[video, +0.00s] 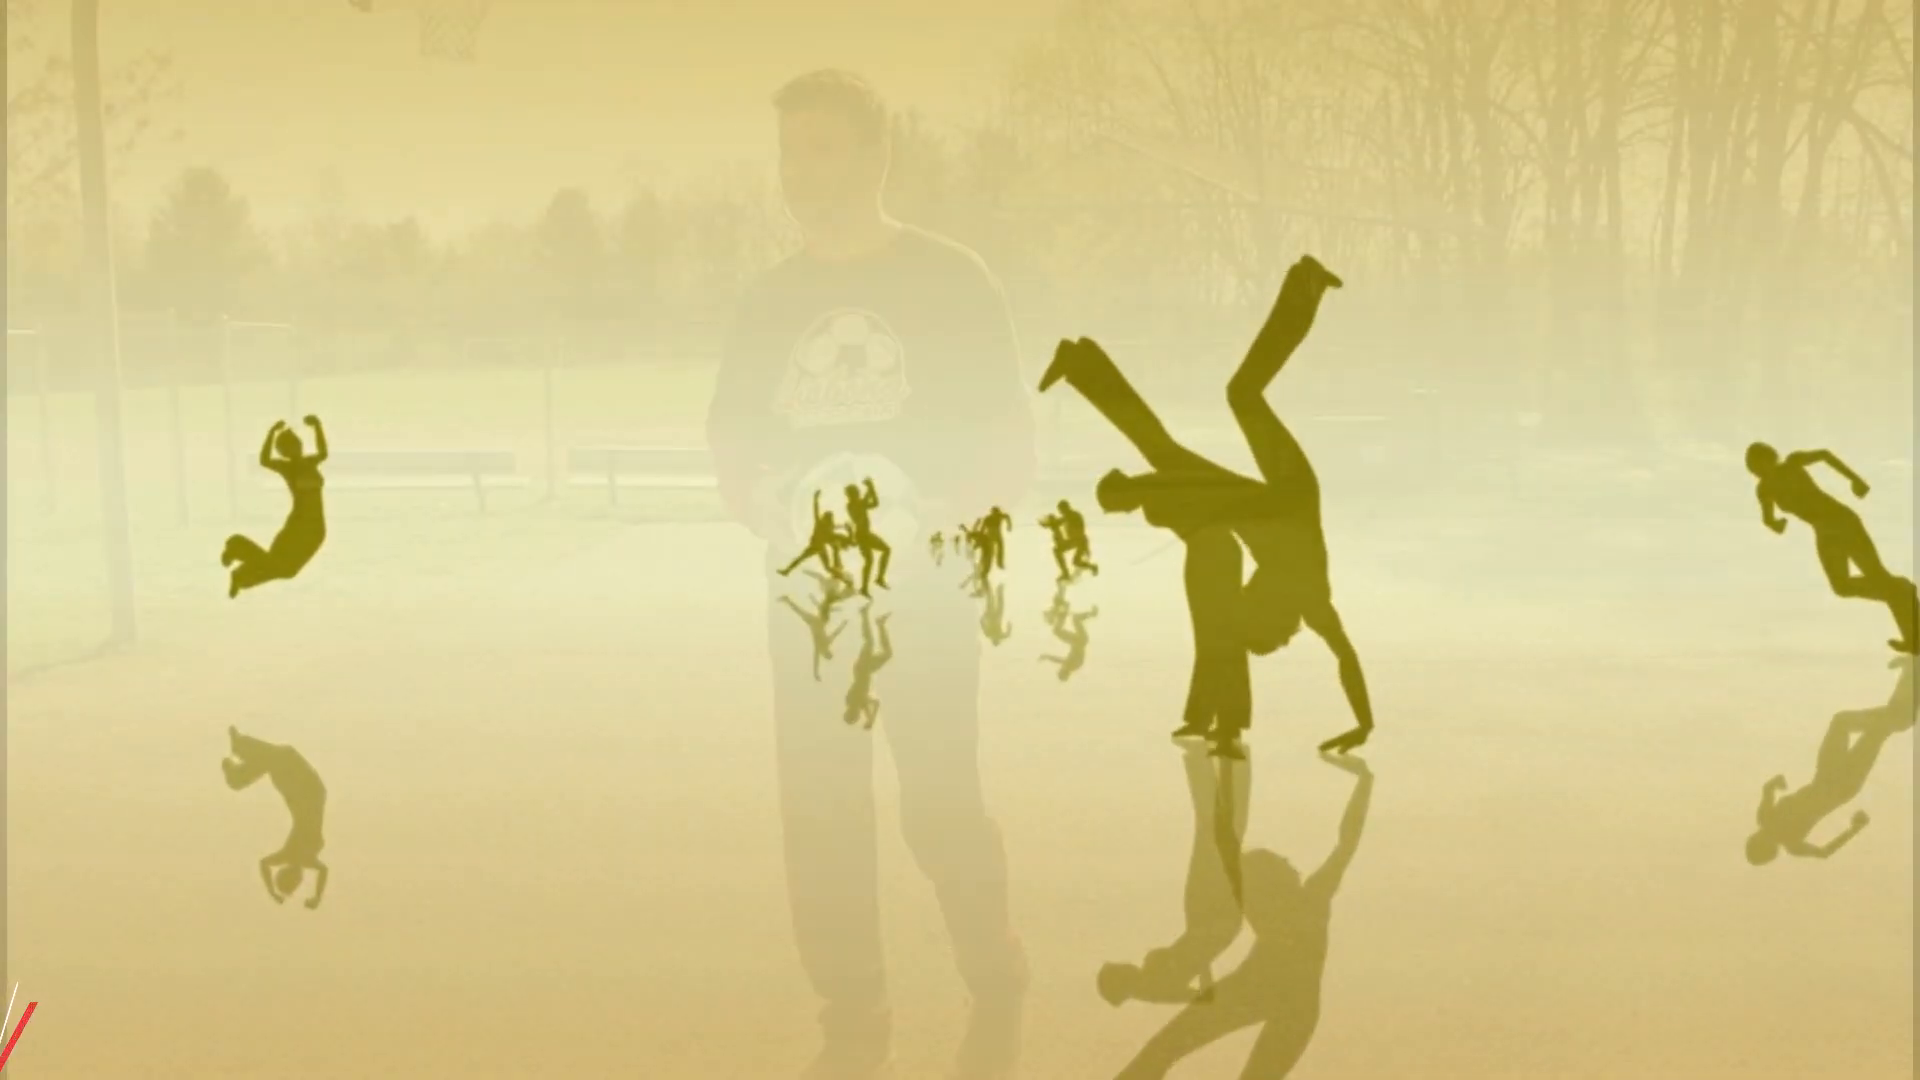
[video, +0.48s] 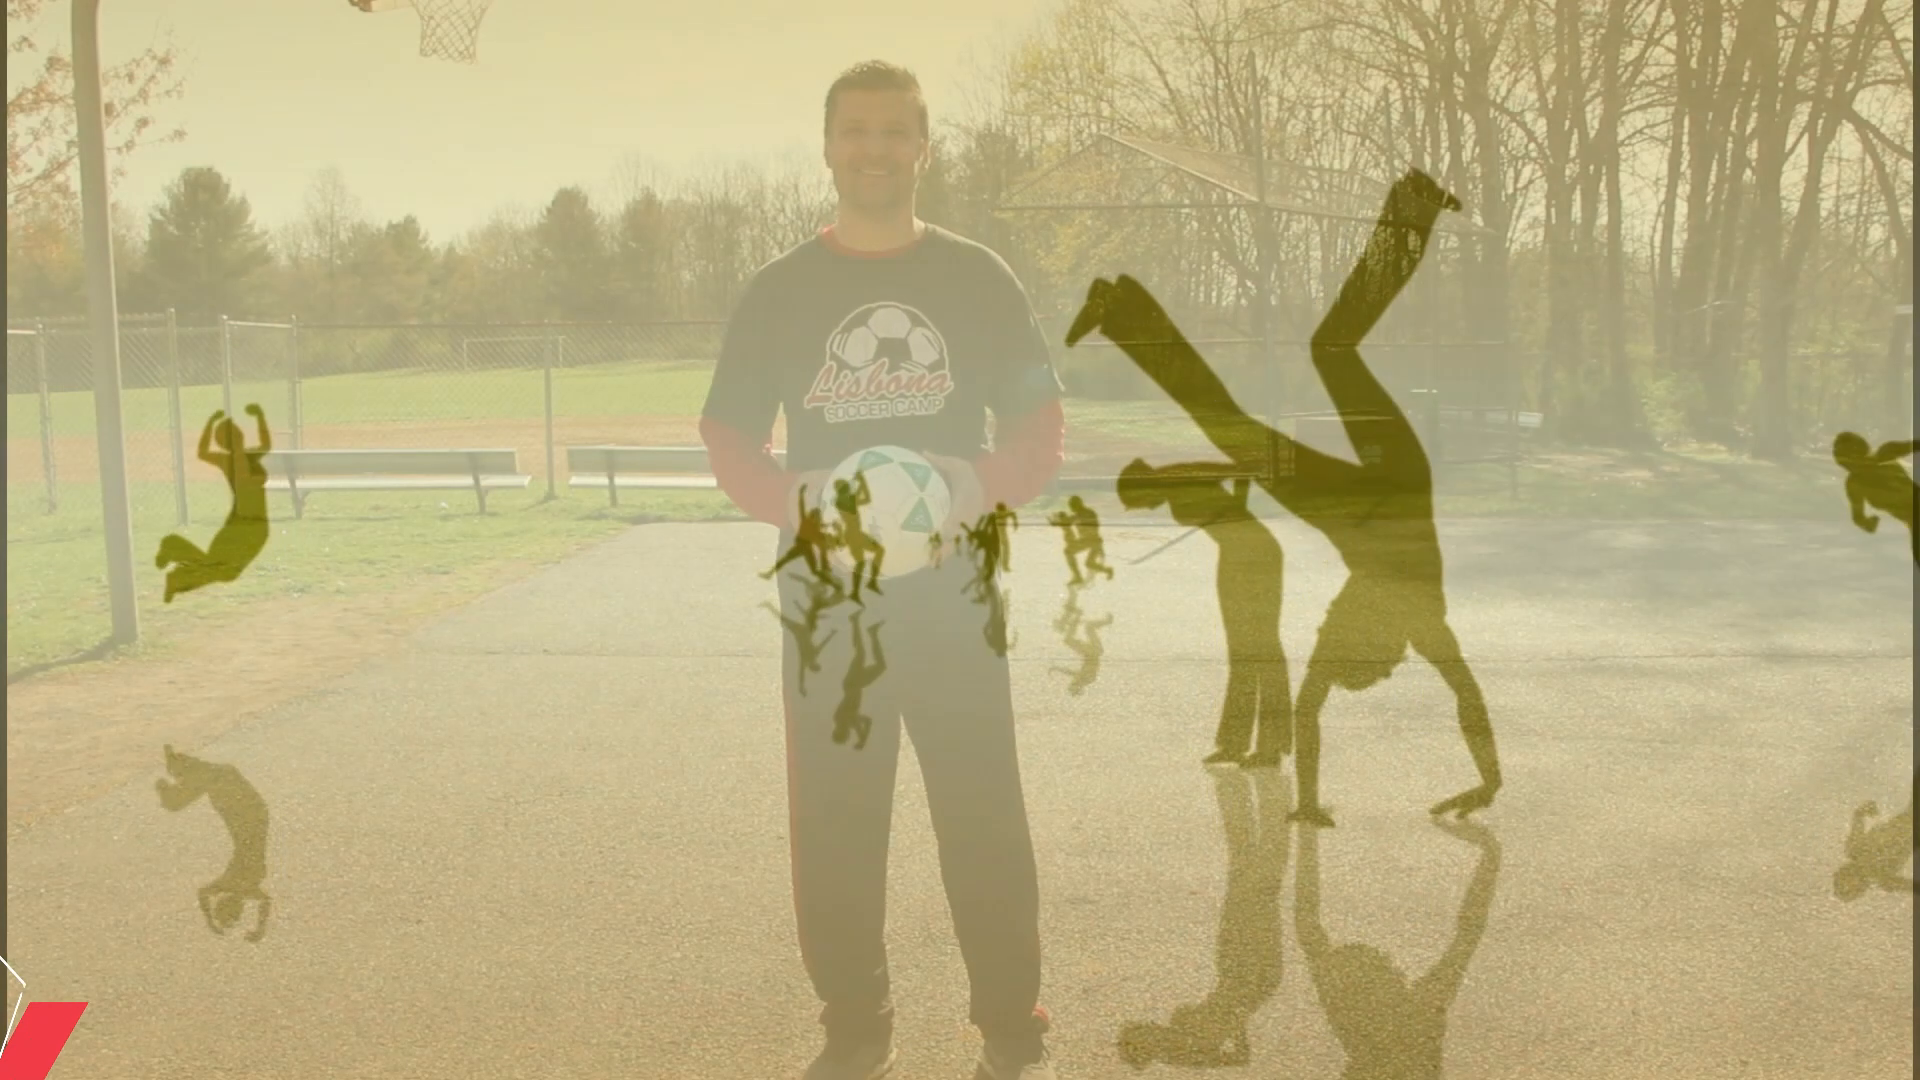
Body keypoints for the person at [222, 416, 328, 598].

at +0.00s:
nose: (295, 446)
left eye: (295, 442)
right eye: (289, 444)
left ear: (300, 442)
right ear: (284, 449)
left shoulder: (309, 463)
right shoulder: (287, 467)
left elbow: (323, 454)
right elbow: (265, 461)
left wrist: (318, 427)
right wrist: (271, 433)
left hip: (316, 524)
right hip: (298, 521)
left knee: (289, 570)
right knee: (276, 564)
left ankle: (242, 578)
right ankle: (238, 546)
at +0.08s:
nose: (283, 443)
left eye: (282, 439)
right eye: (277, 441)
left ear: (286, 440)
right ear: (271, 447)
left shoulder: (296, 461)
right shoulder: (273, 465)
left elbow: (310, 452)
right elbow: (251, 459)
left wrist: (305, 424)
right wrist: (258, 431)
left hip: (304, 524)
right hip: (285, 522)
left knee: (276, 571)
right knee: (262, 564)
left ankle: (228, 579)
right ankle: (224, 546)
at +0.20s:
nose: (274, 443)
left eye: (274, 438)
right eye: (269, 440)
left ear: (277, 439)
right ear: (262, 445)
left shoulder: (286, 461)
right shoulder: (265, 464)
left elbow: (302, 451)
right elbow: (242, 457)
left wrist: (297, 422)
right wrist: (250, 429)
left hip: (295, 524)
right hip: (276, 522)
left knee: (267, 572)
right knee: (253, 564)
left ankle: (219, 580)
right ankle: (215, 547)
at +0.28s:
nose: (260, 440)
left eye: (260, 435)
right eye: (255, 437)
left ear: (264, 437)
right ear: (249, 443)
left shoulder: (275, 460)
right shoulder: (251, 462)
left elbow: (289, 449)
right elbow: (228, 456)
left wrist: (283, 420)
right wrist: (235, 427)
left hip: (282, 525)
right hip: (262, 523)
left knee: (254, 572)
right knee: (239, 564)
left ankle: (205, 579)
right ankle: (199, 547)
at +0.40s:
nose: (251, 438)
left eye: (250, 433)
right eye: (245, 435)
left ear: (255, 435)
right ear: (239, 441)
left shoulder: (265, 458)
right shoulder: (241, 460)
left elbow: (279, 448)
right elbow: (218, 455)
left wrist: (274, 419)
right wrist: (225, 425)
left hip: (273, 525)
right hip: (253, 523)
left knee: (244, 572)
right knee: (230, 565)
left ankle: (194, 580)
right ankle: (189, 547)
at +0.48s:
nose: (234, 435)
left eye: (234, 431)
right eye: (229, 433)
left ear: (238, 433)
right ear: (223, 439)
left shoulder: (249, 456)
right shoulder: (228, 460)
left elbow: (265, 446)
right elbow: (202, 453)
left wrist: (260, 417)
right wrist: (210, 423)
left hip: (258, 526)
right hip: (238, 524)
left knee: (229, 572)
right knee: (215, 565)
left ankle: (179, 581)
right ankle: (174, 547)